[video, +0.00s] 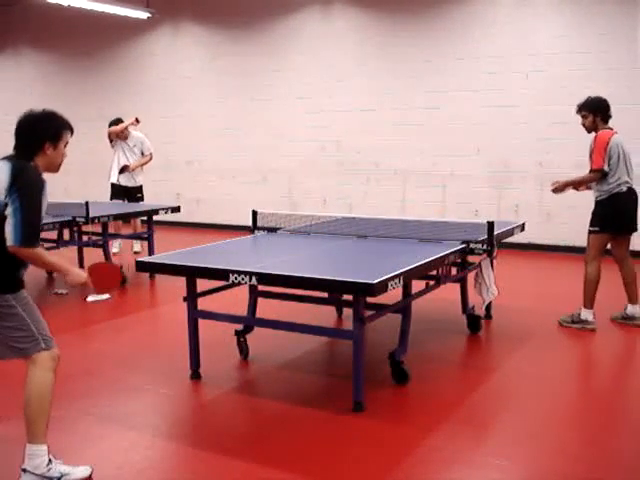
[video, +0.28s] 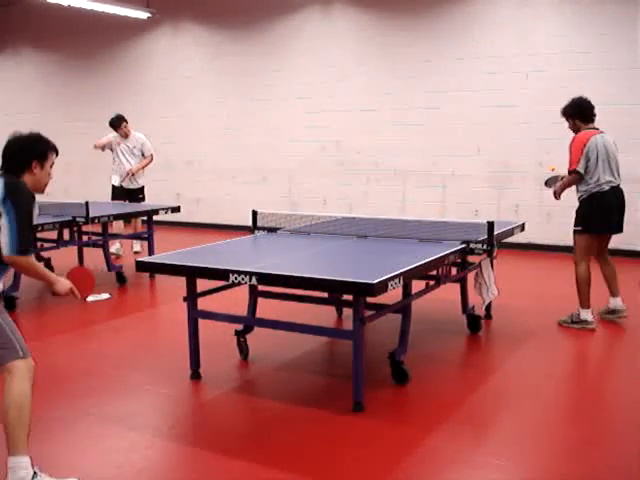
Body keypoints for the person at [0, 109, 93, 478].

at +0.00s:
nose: (66, 153)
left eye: (66, 146)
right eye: (63, 146)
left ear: (32, 144)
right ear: (45, 146)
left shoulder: (7, 169)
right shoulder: (28, 179)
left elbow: (16, 242)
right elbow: (20, 245)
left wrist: (57, 266)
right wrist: (67, 269)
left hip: (9, 287)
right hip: (6, 288)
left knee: (43, 354)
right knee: (44, 355)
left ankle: (37, 458)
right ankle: (37, 460)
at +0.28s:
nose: (51, 175)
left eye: (52, 167)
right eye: (50, 167)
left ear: (26, 165)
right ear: (33, 166)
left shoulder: (10, 190)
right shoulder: (16, 193)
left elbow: (12, 252)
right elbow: (12, 254)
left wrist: (48, 274)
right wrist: (52, 278)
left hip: (0, 300)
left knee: (16, 364)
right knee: (20, 364)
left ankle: (19, 466)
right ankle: (19, 468)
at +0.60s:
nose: (52, 196)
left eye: (53, 188)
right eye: (51, 188)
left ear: (25, 185)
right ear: (36, 187)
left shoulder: (7, 210)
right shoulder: (15, 218)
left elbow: (25, 279)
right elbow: (28, 283)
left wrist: (51, 281)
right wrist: (58, 283)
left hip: (1, 314)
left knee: (23, 365)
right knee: (26, 366)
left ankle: (20, 466)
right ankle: (20, 469)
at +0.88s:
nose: (49, 195)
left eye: (49, 187)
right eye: (47, 186)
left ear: (25, 186)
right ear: (31, 186)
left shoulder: (9, 215)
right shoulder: (12, 218)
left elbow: (11, 282)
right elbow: (7, 284)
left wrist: (51, 296)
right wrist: (52, 297)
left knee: (15, 366)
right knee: (17, 366)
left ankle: (19, 467)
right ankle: (19, 469)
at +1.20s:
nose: (47, 193)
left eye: (47, 185)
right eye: (45, 184)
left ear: (23, 184)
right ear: (29, 185)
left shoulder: (8, 214)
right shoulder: (11, 217)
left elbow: (9, 281)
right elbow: (6, 283)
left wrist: (44, 296)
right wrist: (42, 297)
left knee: (14, 366)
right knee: (15, 366)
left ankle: (18, 466)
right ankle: (18, 469)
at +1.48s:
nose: (43, 174)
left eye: (43, 166)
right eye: (41, 166)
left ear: (17, 167)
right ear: (23, 167)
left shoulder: (6, 196)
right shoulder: (12, 199)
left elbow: (15, 259)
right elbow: (19, 263)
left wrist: (44, 262)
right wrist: (49, 264)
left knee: (14, 363)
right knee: (15, 363)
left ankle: (19, 467)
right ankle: (19, 469)